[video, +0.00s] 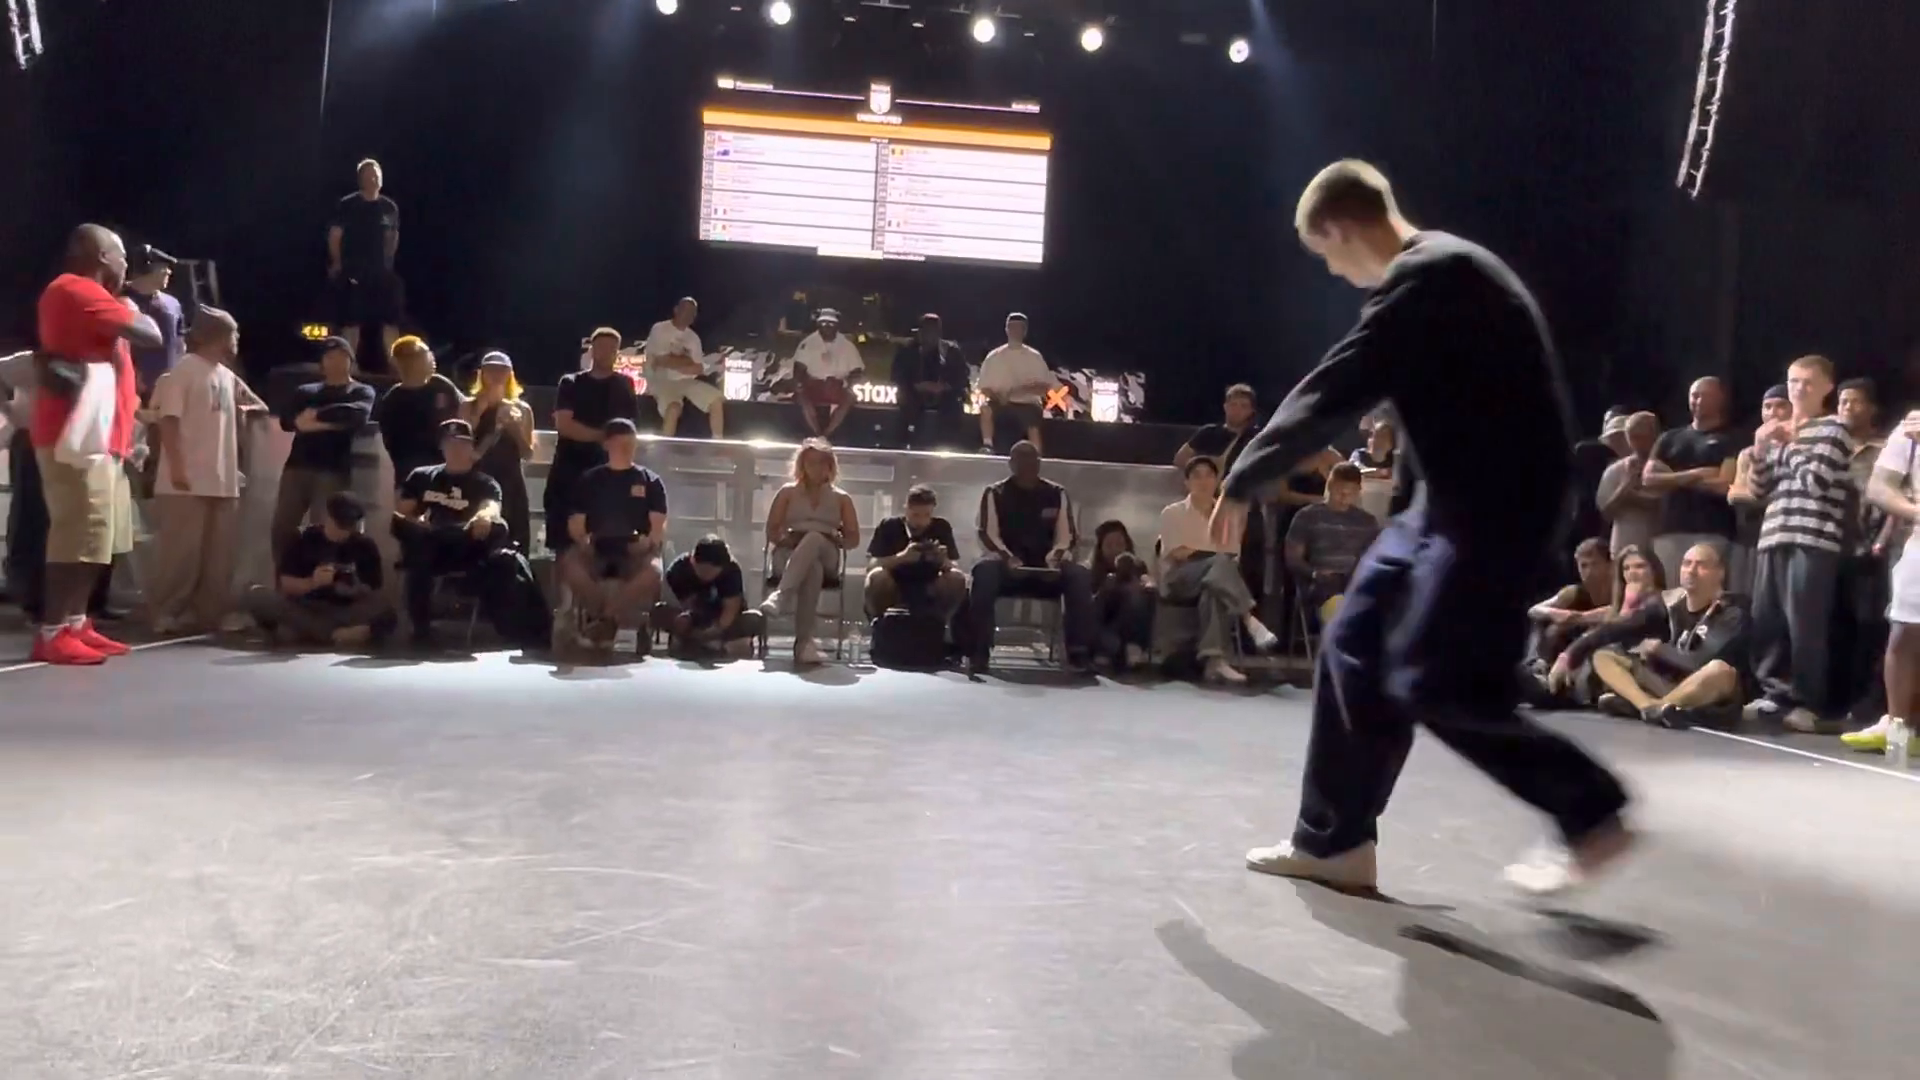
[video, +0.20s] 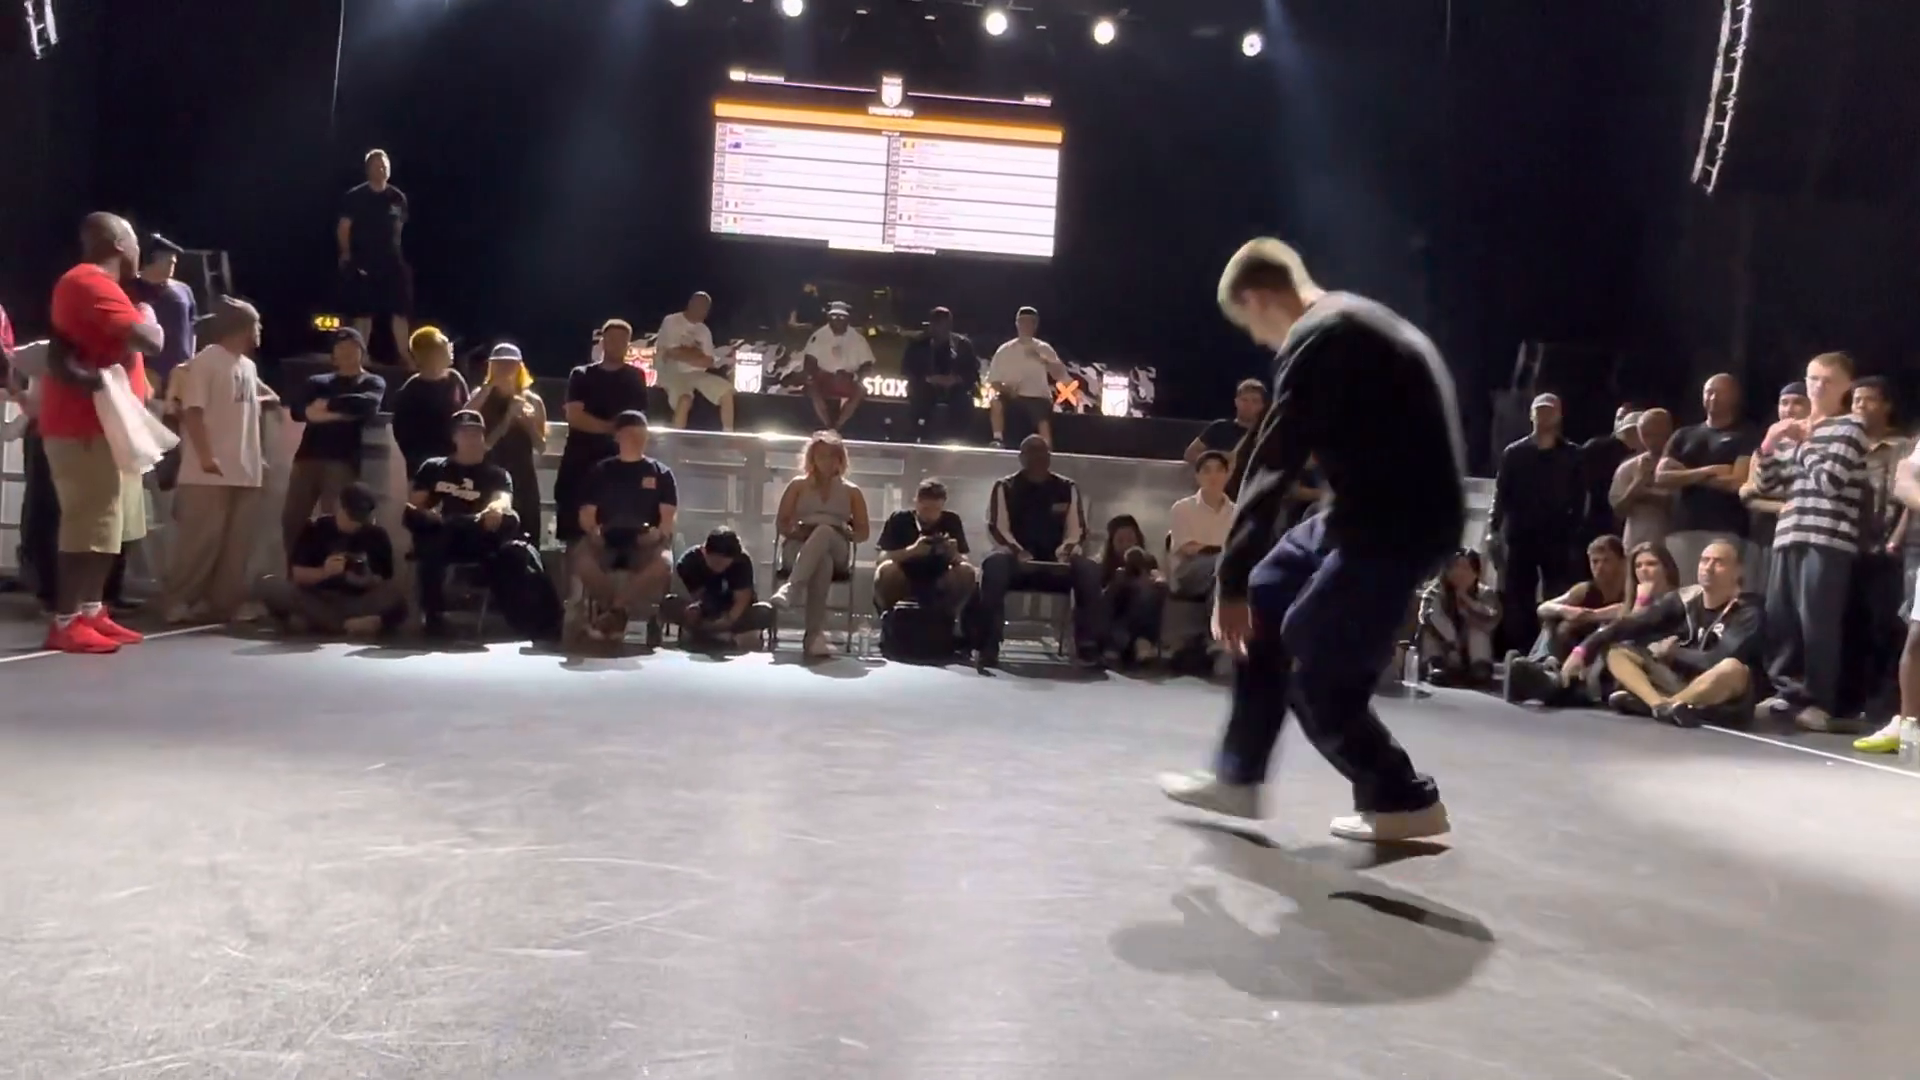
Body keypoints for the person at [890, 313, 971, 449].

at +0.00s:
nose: (930, 337)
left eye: (934, 332)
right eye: (926, 332)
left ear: (940, 333)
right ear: (920, 332)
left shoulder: (951, 350)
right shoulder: (908, 350)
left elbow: (962, 379)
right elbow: (898, 377)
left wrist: (942, 387)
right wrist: (919, 387)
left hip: (944, 398)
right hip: (916, 399)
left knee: (954, 402)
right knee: (904, 398)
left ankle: (951, 442)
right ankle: (902, 442)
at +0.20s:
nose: (941, 330)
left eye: (944, 325)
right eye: (937, 325)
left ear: (950, 325)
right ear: (931, 325)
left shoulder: (962, 344)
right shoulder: (918, 344)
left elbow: (972, 374)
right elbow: (907, 370)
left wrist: (954, 380)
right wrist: (928, 379)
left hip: (955, 391)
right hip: (927, 391)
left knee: (964, 397)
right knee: (918, 391)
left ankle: (960, 436)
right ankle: (915, 432)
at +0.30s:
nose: (945, 326)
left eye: (949, 321)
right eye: (941, 321)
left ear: (954, 321)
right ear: (935, 321)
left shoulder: (967, 340)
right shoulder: (923, 340)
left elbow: (976, 369)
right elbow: (912, 366)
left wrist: (958, 376)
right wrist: (932, 375)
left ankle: (962, 430)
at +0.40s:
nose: (949, 322)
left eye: (953, 318)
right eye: (945, 318)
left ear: (959, 318)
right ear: (939, 318)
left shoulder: (971, 337)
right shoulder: (928, 338)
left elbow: (982, 365)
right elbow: (917, 363)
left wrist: (963, 371)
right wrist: (938, 371)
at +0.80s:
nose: (964, 315)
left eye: (967, 311)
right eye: (959, 311)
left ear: (972, 312)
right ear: (952, 312)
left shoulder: (984, 330)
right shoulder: (940, 330)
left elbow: (994, 360)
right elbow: (931, 358)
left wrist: (976, 367)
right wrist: (952, 366)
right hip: (949, 386)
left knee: (986, 385)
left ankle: (977, 423)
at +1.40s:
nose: (976, 313)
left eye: (980, 308)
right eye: (972, 308)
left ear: (984, 309)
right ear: (966, 309)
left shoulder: (993, 329)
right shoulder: (952, 328)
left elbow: (999, 355)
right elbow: (941, 355)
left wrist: (982, 363)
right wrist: (961, 362)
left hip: (985, 373)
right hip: (959, 375)